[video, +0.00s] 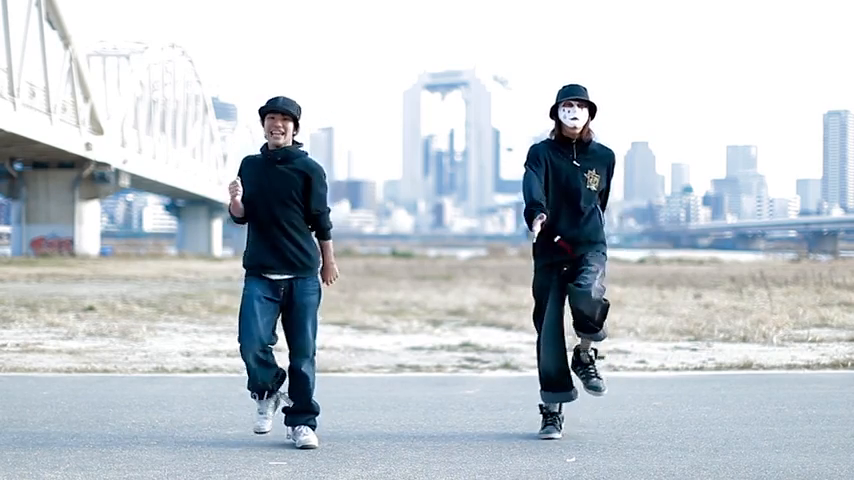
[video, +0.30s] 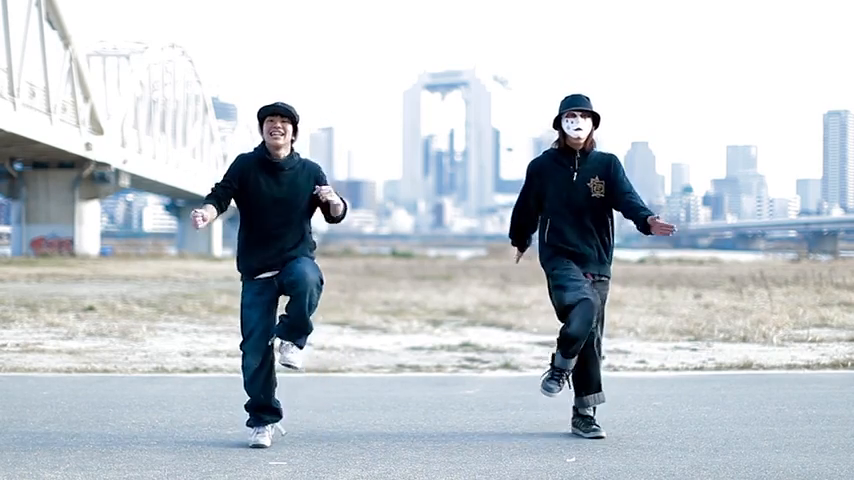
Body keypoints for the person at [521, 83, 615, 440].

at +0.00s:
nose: (573, 113)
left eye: (579, 107)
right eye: (567, 107)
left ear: (589, 114)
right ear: (556, 113)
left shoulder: (603, 156)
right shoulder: (541, 152)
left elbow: (601, 202)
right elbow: (533, 194)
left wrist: (587, 230)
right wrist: (537, 219)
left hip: (590, 246)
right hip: (550, 246)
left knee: (587, 297)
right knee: (549, 327)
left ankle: (585, 354)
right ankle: (551, 407)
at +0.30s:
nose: (577, 123)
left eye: (583, 118)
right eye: (571, 118)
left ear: (592, 124)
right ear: (560, 123)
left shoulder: (606, 164)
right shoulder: (542, 166)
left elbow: (626, 198)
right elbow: (527, 206)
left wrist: (646, 219)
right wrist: (520, 239)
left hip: (598, 259)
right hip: (559, 256)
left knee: (591, 335)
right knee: (586, 308)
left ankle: (584, 412)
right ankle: (561, 364)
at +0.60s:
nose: (575, 130)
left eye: (581, 124)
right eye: (569, 123)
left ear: (591, 127)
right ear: (559, 127)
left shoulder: (608, 166)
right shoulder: (541, 170)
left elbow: (651, 186)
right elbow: (511, 212)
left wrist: (619, 201)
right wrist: (538, 235)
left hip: (597, 271)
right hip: (557, 271)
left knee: (590, 344)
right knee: (557, 343)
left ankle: (585, 415)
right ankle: (556, 417)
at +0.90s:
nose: (580, 137)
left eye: (587, 131)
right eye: (575, 130)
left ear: (596, 129)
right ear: (563, 126)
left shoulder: (607, 159)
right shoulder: (541, 159)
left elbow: (648, 190)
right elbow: (501, 185)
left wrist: (691, 216)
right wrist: (455, 196)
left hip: (597, 257)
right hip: (555, 259)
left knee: (596, 323)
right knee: (556, 334)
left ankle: (592, 384)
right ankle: (556, 412)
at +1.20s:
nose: (584, 121)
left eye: (591, 116)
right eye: (578, 116)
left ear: (601, 124)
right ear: (568, 123)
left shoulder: (614, 167)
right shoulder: (547, 163)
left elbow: (651, 197)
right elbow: (504, 185)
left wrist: (667, 155)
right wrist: (499, 146)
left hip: (601, 263)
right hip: (561, 262)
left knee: (596, 338)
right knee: (576, 323)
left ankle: (591, 415)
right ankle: (564, 388)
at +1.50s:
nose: (576, 125)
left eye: (582, 120)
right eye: (569, 120)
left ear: (592, 128)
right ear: (560, 127)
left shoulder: (609, 171)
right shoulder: (545, 172)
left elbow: (618, 224)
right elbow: (536, 226)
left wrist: (621, 271)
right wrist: (542, 271)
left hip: (601, 271)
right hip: (561, 272)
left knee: (592, 347)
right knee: (553, 346)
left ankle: (590, 417)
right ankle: (547, 416)